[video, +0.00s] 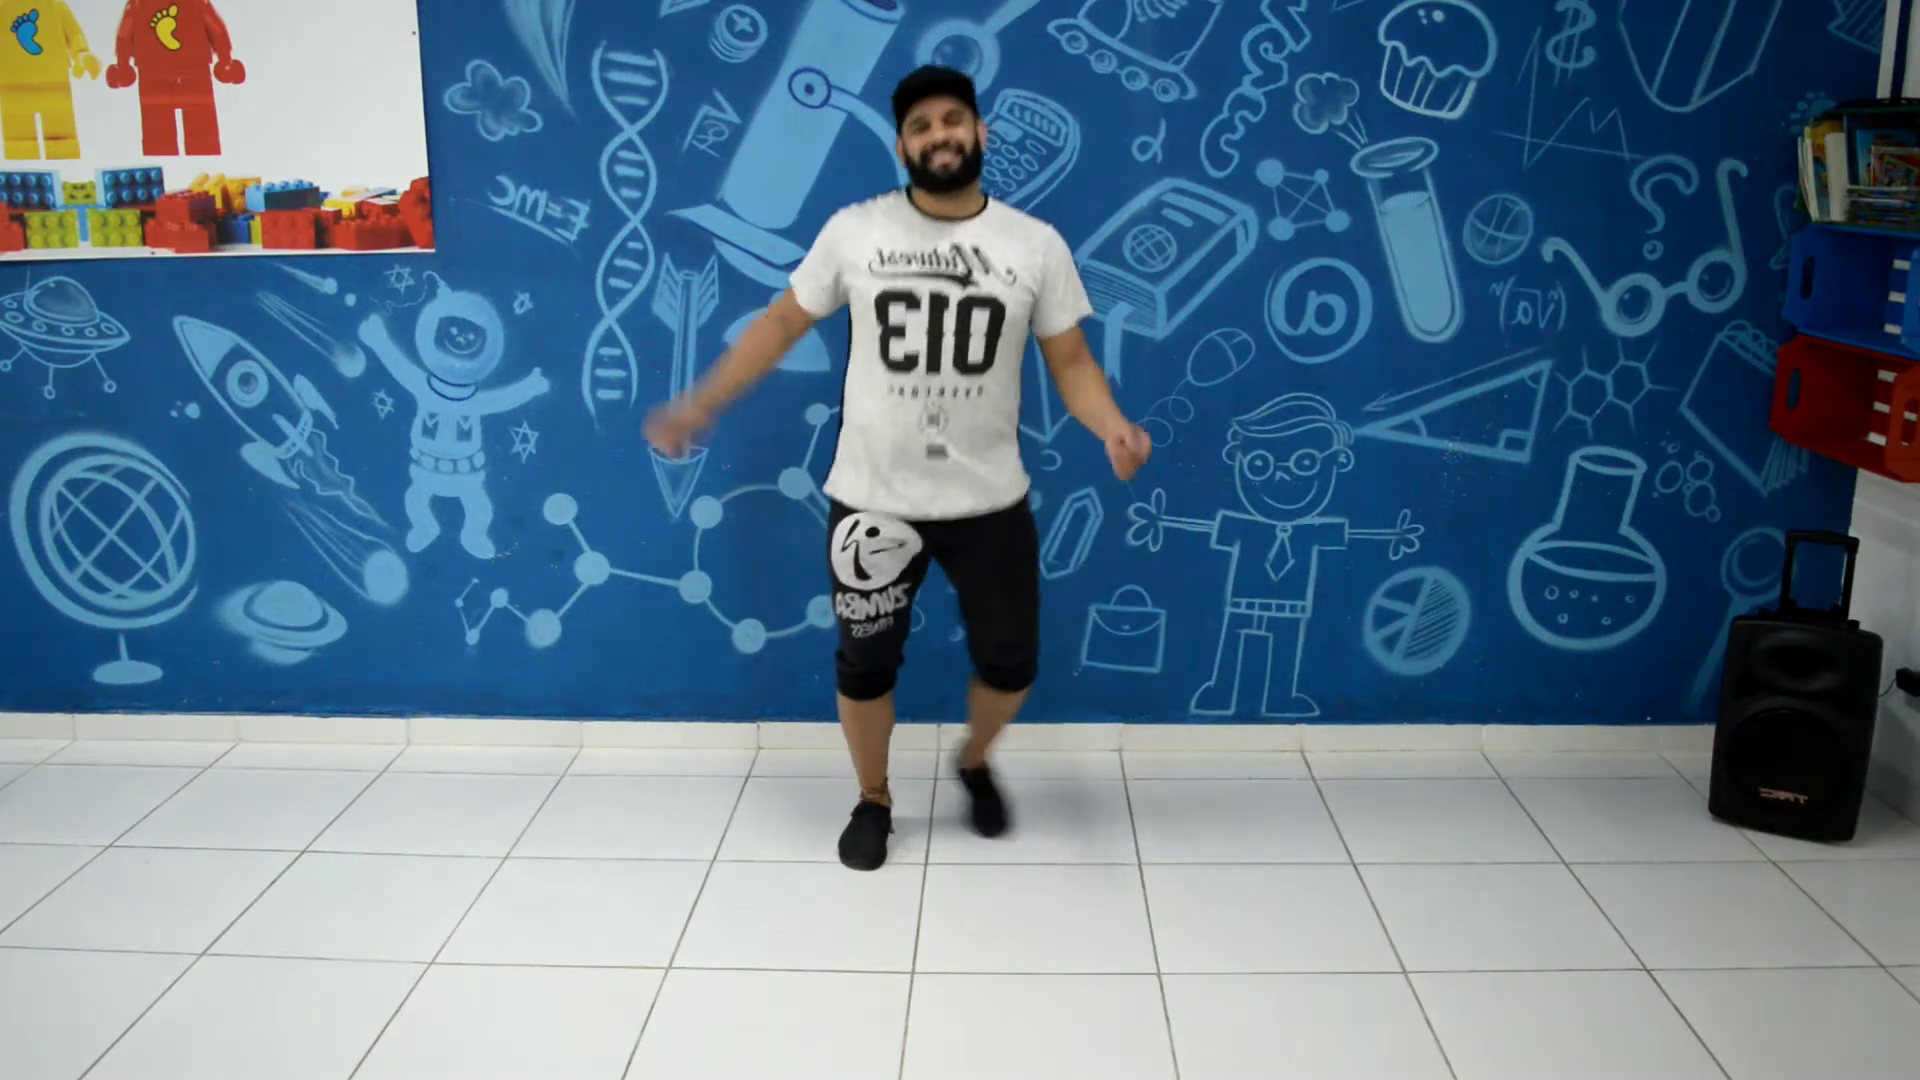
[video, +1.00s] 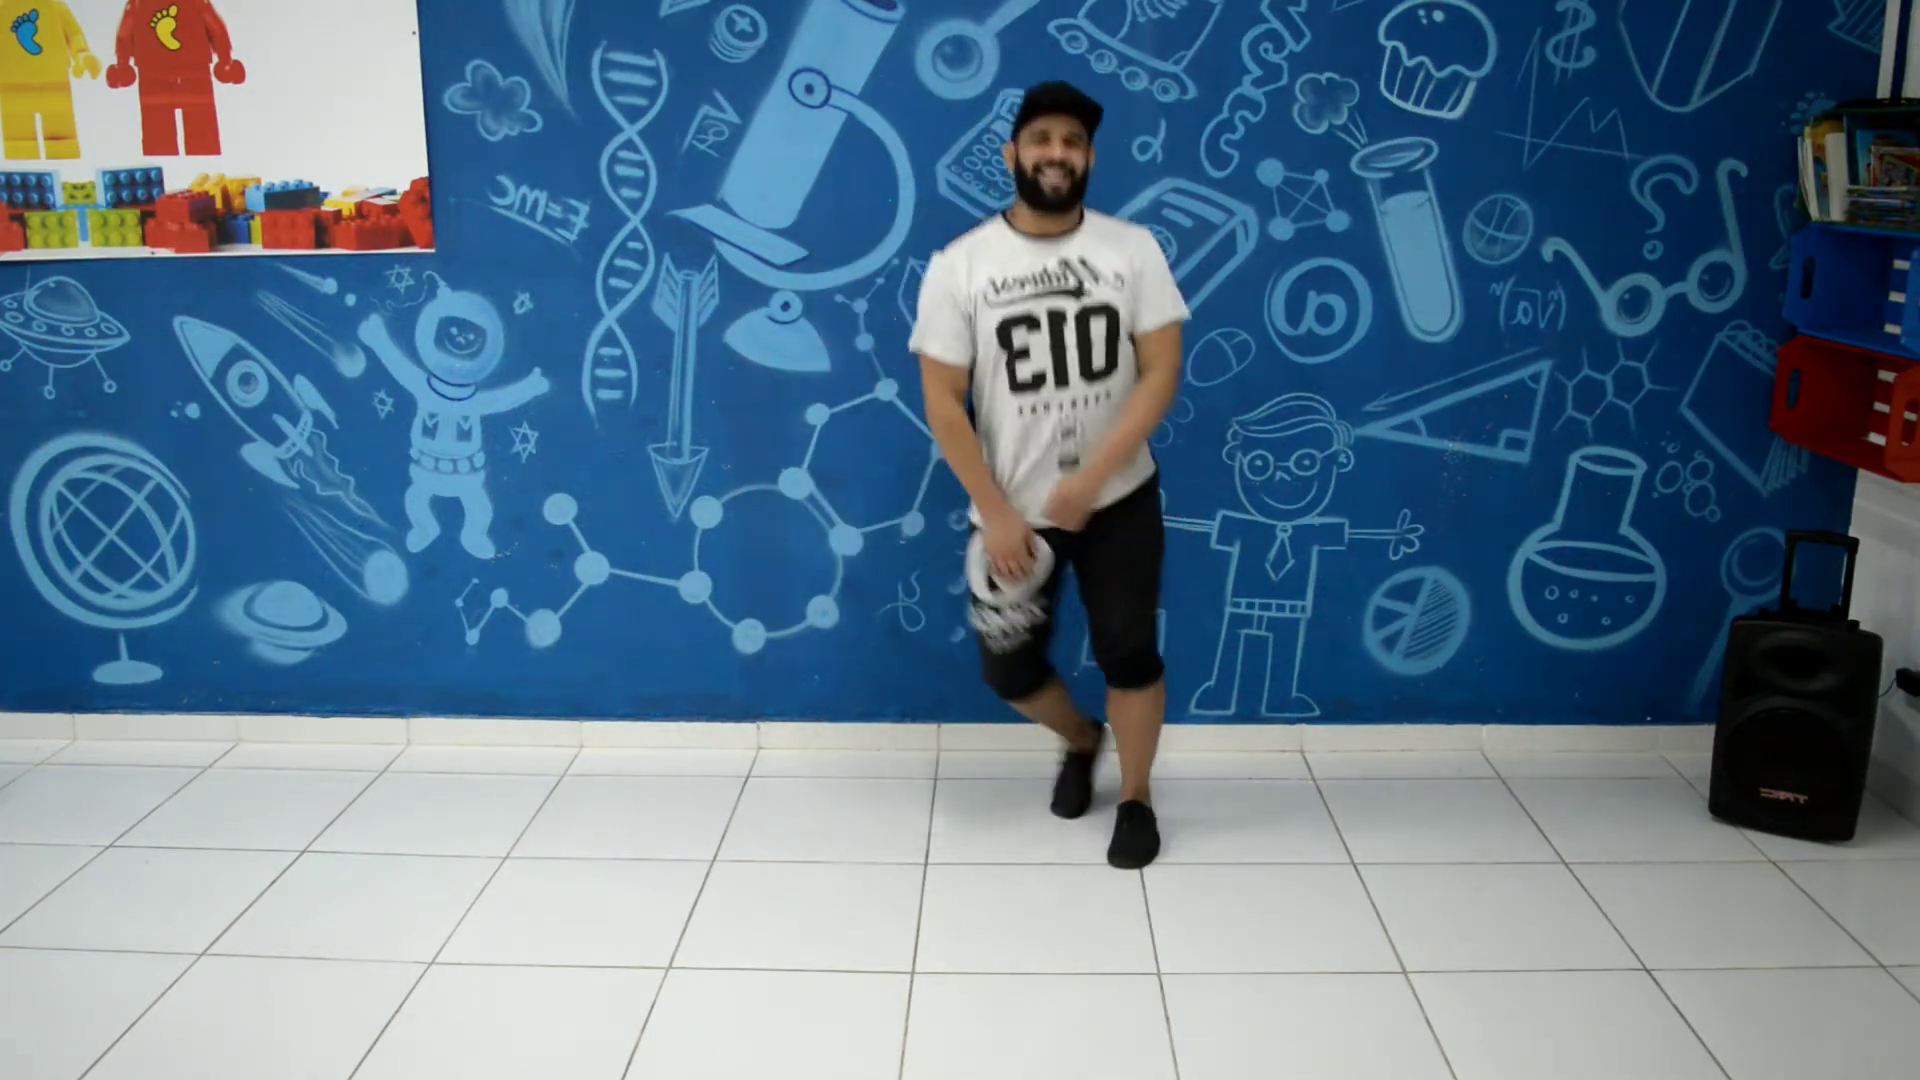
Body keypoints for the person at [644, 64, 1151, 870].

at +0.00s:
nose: (941, 135)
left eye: (954, 121)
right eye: (923, 126)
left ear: (981, 134)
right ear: (901, 148)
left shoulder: (1035, 248)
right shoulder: (854, 236)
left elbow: (1071, 360)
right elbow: (778, 325)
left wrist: (1113, 424)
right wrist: (700, 403)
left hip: (988, 494)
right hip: (875, 491)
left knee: (1010, 665)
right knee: (865, 664)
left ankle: (975, 763)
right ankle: (871, 800)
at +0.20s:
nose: (922, 149)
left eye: (935, 131)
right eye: (906, 139)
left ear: (972, 132)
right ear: (894, 154)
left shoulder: (1038, 244)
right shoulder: (865, 238)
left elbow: (1101, 355)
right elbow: (788, 303)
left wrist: (1105, 449)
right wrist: (686, 307)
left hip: (996, 496)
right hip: (884, 492)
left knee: (1010, 670)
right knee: (870, 658)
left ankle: (982, 753)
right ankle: (872, 800)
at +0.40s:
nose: (923, 172)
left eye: (937, 154)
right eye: (913, 158)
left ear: (983, 148)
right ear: (905, 163)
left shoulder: (1055, 253)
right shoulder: (905, 250)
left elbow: (1133, 365)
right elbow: (838, 343)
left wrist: (1116, 490)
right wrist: (807, 306)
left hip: (1017, 509)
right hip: (912, 501)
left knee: (1043, 671)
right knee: (870, 651)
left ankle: (1115, 793)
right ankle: (891, 806)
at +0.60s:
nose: (970, 168)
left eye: (989, 152)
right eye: (961, 154)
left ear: (1034, 156)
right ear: (950, 164)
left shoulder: (1086, 253)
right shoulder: (940, 262)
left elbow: (1146, 372)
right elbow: (895, 371)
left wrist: (1150, 497)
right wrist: (927, 367)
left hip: (1061, 503)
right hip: (960, 496)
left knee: (1085, 662)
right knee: (907, 642)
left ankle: (1142, 800)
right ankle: (893, 804)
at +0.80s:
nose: (1041, 151)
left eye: (1059, 140)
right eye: (1027, 135)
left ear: (1078, 155)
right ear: (1000, 141)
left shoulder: (1122, 239)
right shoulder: (946, 254)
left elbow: (1167, 365)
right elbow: (933, 386)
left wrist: (1150, 488)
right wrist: (1004, 494)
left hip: (1111, 490)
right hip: (1006, 494)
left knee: (1125, 655)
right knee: (966, 648)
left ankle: (1134, 798)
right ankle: (1054, 739)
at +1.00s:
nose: (1056, 154)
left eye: (1072, 143)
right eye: (1041, 140)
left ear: (1090, 160)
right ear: (1013, 153)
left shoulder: (1134, 251)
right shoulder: (959, 268)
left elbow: (1161, 377)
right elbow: (942, 402)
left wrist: (1092, 478)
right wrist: (994, 512)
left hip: (1119, 497)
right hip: (1014, 509)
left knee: (1129, 658)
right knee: (1011, 669)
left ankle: (1135, 798)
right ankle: (1084, 738)